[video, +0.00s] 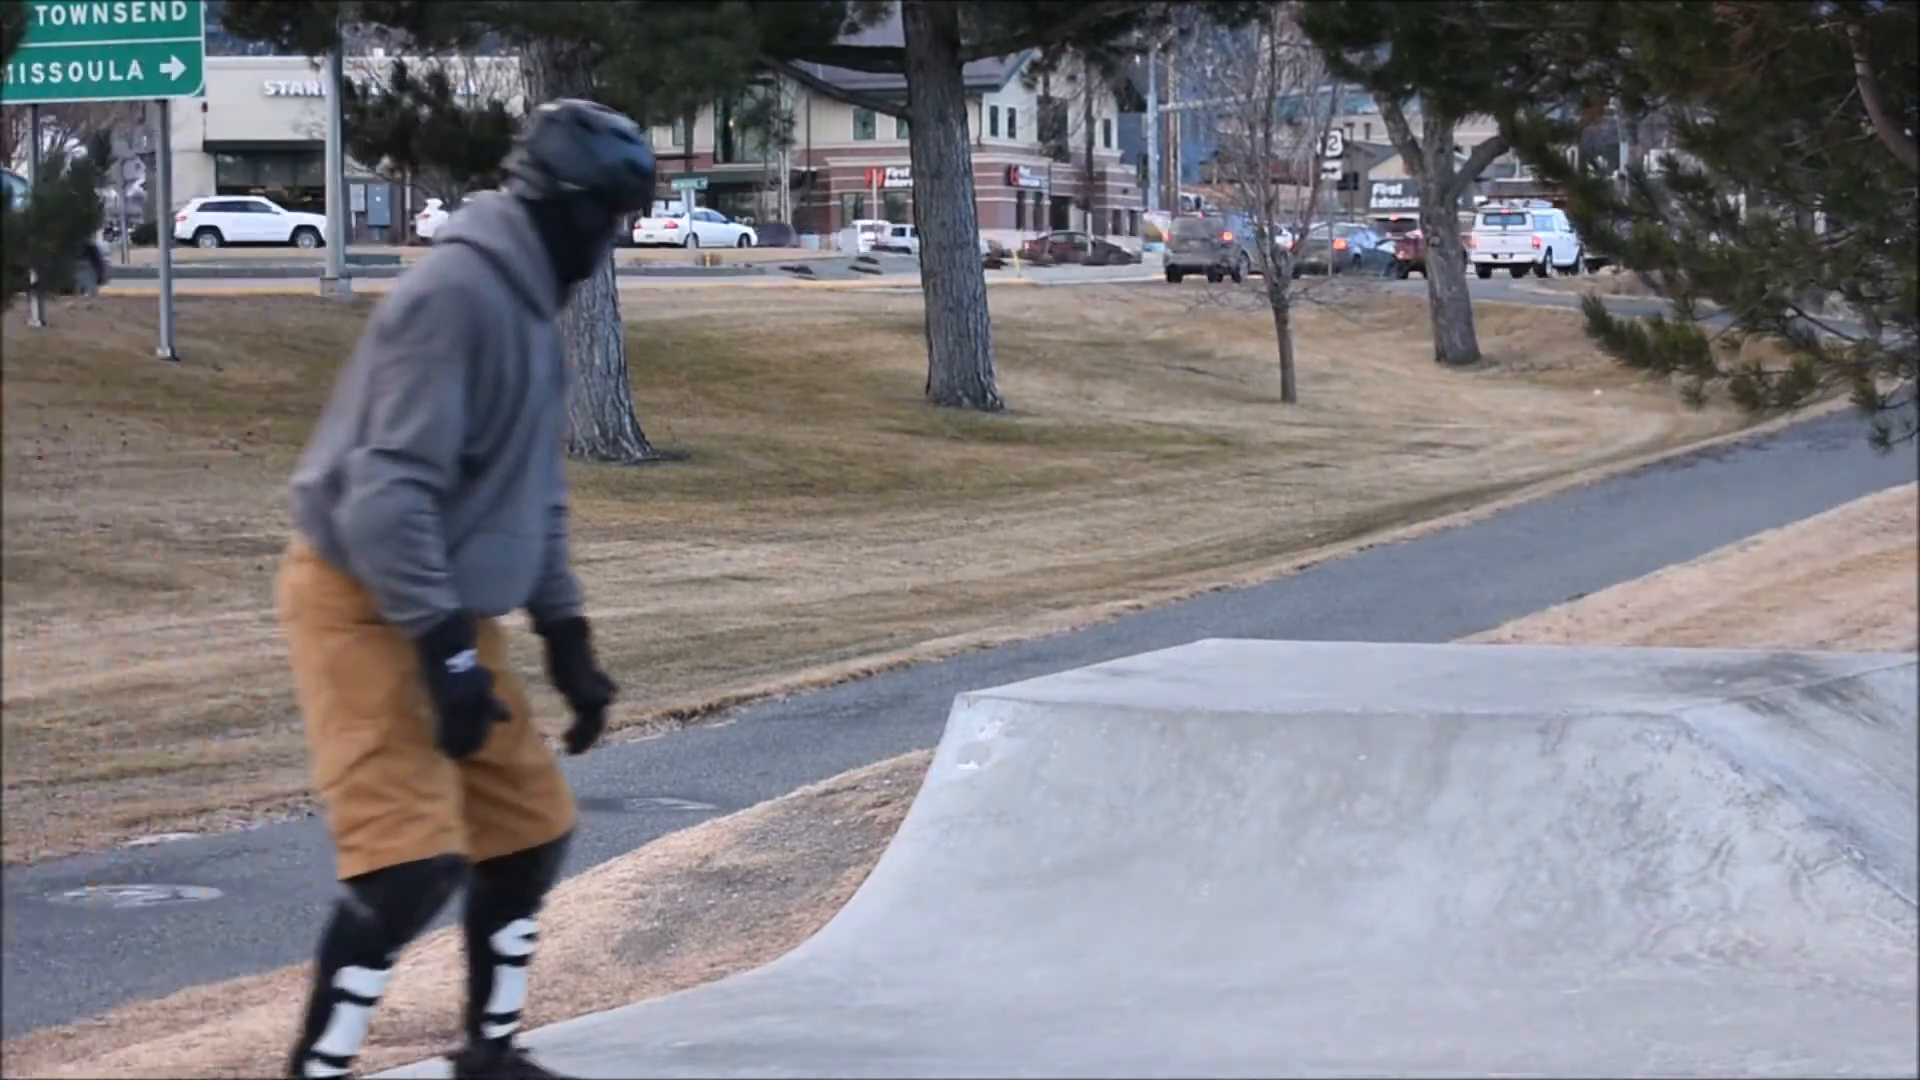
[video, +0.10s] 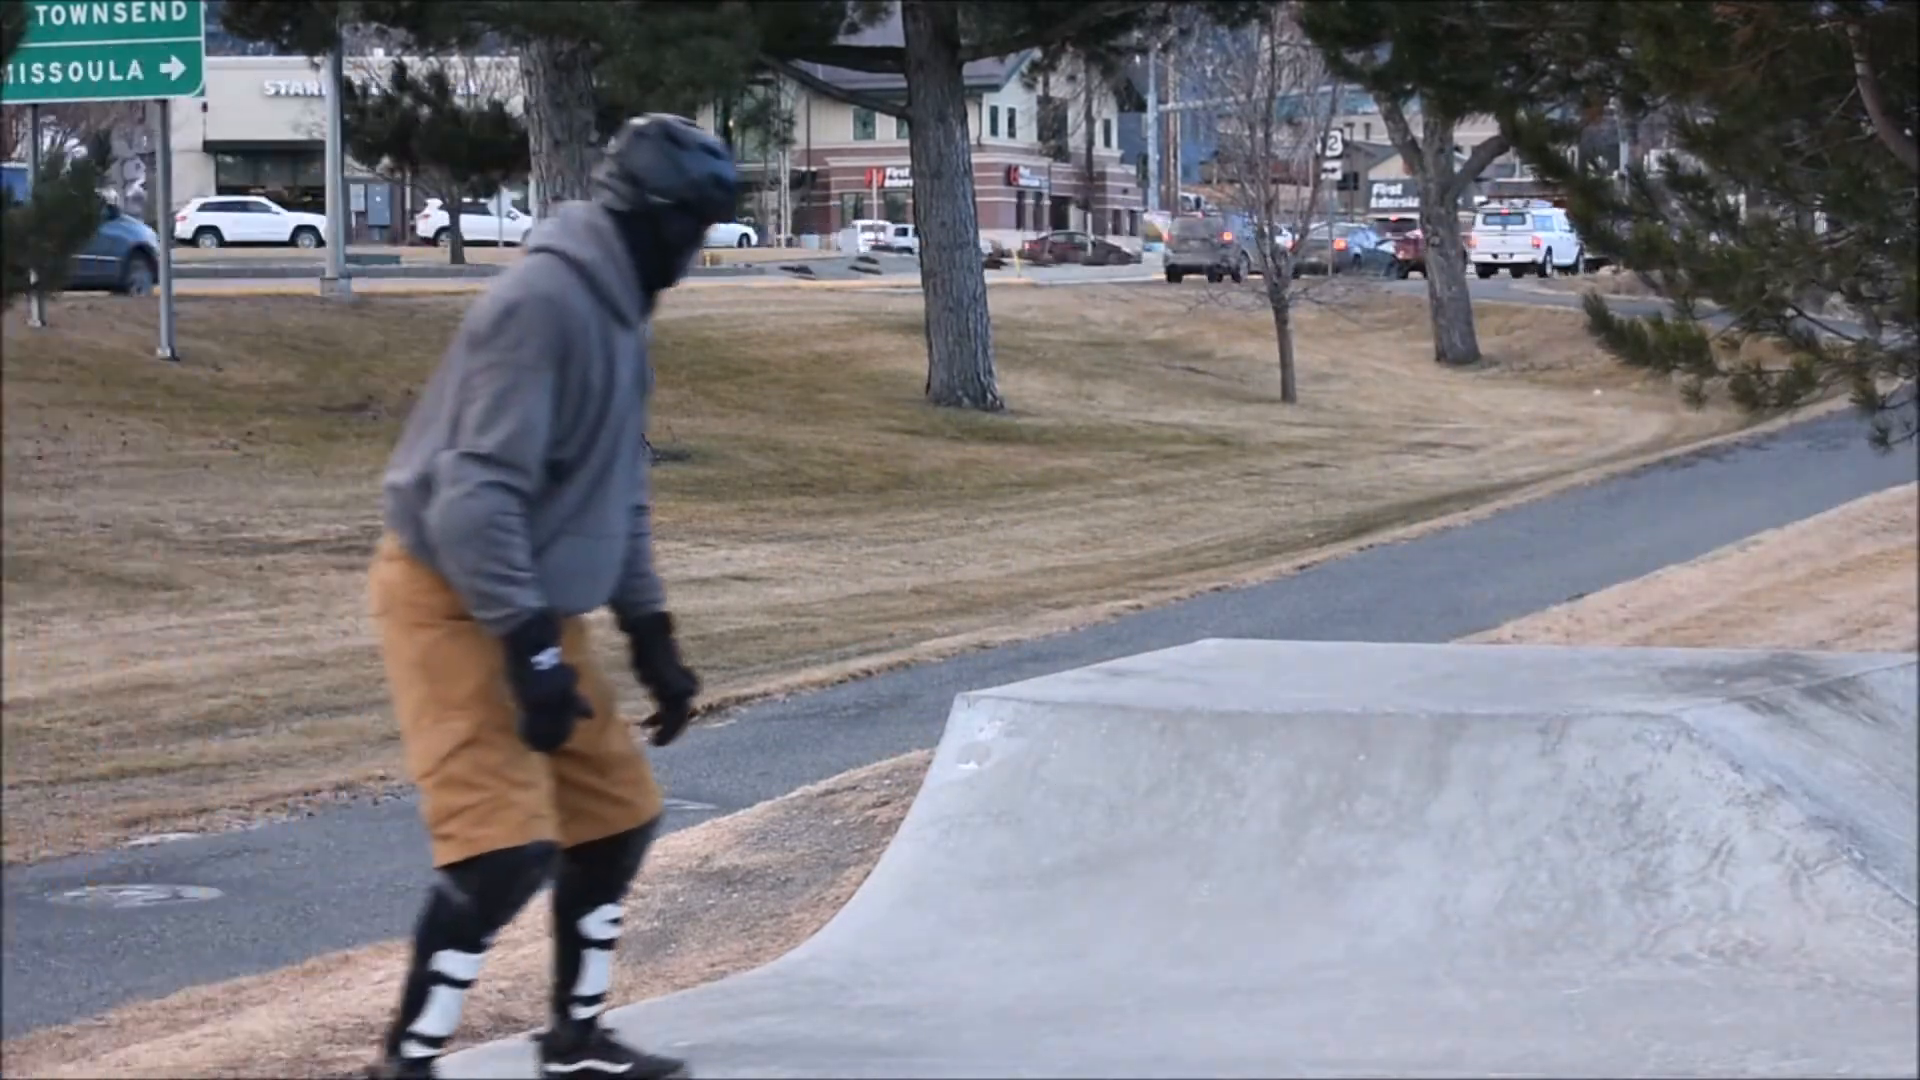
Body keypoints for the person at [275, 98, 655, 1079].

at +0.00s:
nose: (616, 238)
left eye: (623, 218)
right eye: (613, 214)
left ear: (569, 200)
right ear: (565, 198)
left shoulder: (533, 305)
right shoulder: (454, 293)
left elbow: (534, 495)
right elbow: (386, 491)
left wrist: (564, 637)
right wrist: (446, 653)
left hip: (455, 599)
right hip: (354, 588)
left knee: (527, 828)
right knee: (409, 858)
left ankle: (491, 1050)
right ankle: (316, 1067)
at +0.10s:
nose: (699, 247)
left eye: (706, 228)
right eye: (695, 224)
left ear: (653, 211)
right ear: (650, 209)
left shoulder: (615, 311)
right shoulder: (541, 301)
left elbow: (615, 495)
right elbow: (474, 491)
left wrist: (649, 630)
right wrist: (529, 646)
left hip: (545, 597)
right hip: (444, 588)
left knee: (614, 816)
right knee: (503, 844)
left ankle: (576, 1034)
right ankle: (407, 1057)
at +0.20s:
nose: (775, 260)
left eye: (783, 243)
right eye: (772, 239)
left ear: (734, 224)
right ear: (729, 222)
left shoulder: (694, 318)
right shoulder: (625, 308)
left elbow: (694, 497)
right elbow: (554, 492)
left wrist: (729, 628)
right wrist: (607, 640)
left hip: (625, 592)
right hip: (527, 585)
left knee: (700, 803)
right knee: (594, 833)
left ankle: (657, 1018)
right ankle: (497, 1043)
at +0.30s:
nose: (850, 272)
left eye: (857, 255)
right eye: (848, 251)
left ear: (808, 235)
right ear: (810, 236)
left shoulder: (768, 329)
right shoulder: (698, 318)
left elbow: (768, 496)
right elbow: (624, 496)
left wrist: (805, 622)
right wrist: (676, 635)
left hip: (698, 592)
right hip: (608, 586)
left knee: (780, 791)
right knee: (683, 823)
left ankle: (732, 1001)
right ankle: (581, 1030)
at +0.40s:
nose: (918, 273)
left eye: (926, 258)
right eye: (916, 253)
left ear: (888, 238)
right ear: (878, 233)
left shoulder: (841, 322)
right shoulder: (775, 309)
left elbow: (844, 486)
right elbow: (683, 476)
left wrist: (879, 604)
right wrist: (729, 618)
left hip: (772, 583)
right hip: (687, 580)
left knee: (842, 777)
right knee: (752, 805)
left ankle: (800, 980)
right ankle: (660, 1015)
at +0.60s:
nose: (1058, 314)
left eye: (1068, 301)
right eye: (1060, 296)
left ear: (1036, 274)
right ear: (1030, 270)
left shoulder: (994, 342)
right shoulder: (913, 327)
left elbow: (980, 483)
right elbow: (795, 466)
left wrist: (1016, 595)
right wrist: (824, 602)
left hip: (905, 581)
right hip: (826, 573)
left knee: (966, 754)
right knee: (877, 773)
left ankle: (925, 947)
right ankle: (799, 979)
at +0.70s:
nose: (1115, 370)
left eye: (1127, 360)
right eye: (1118, 353)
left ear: (1103, 332)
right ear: (1091, 323)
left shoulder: (1057, 387)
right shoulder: (972, 368)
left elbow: (1046, 515)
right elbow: (846, 489)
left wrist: (1095, 614)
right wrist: (870, 619)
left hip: (960, 595)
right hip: (880, 587)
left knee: (1045, 753)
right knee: (956, 772)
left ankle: (984, 931)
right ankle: (864, 960)